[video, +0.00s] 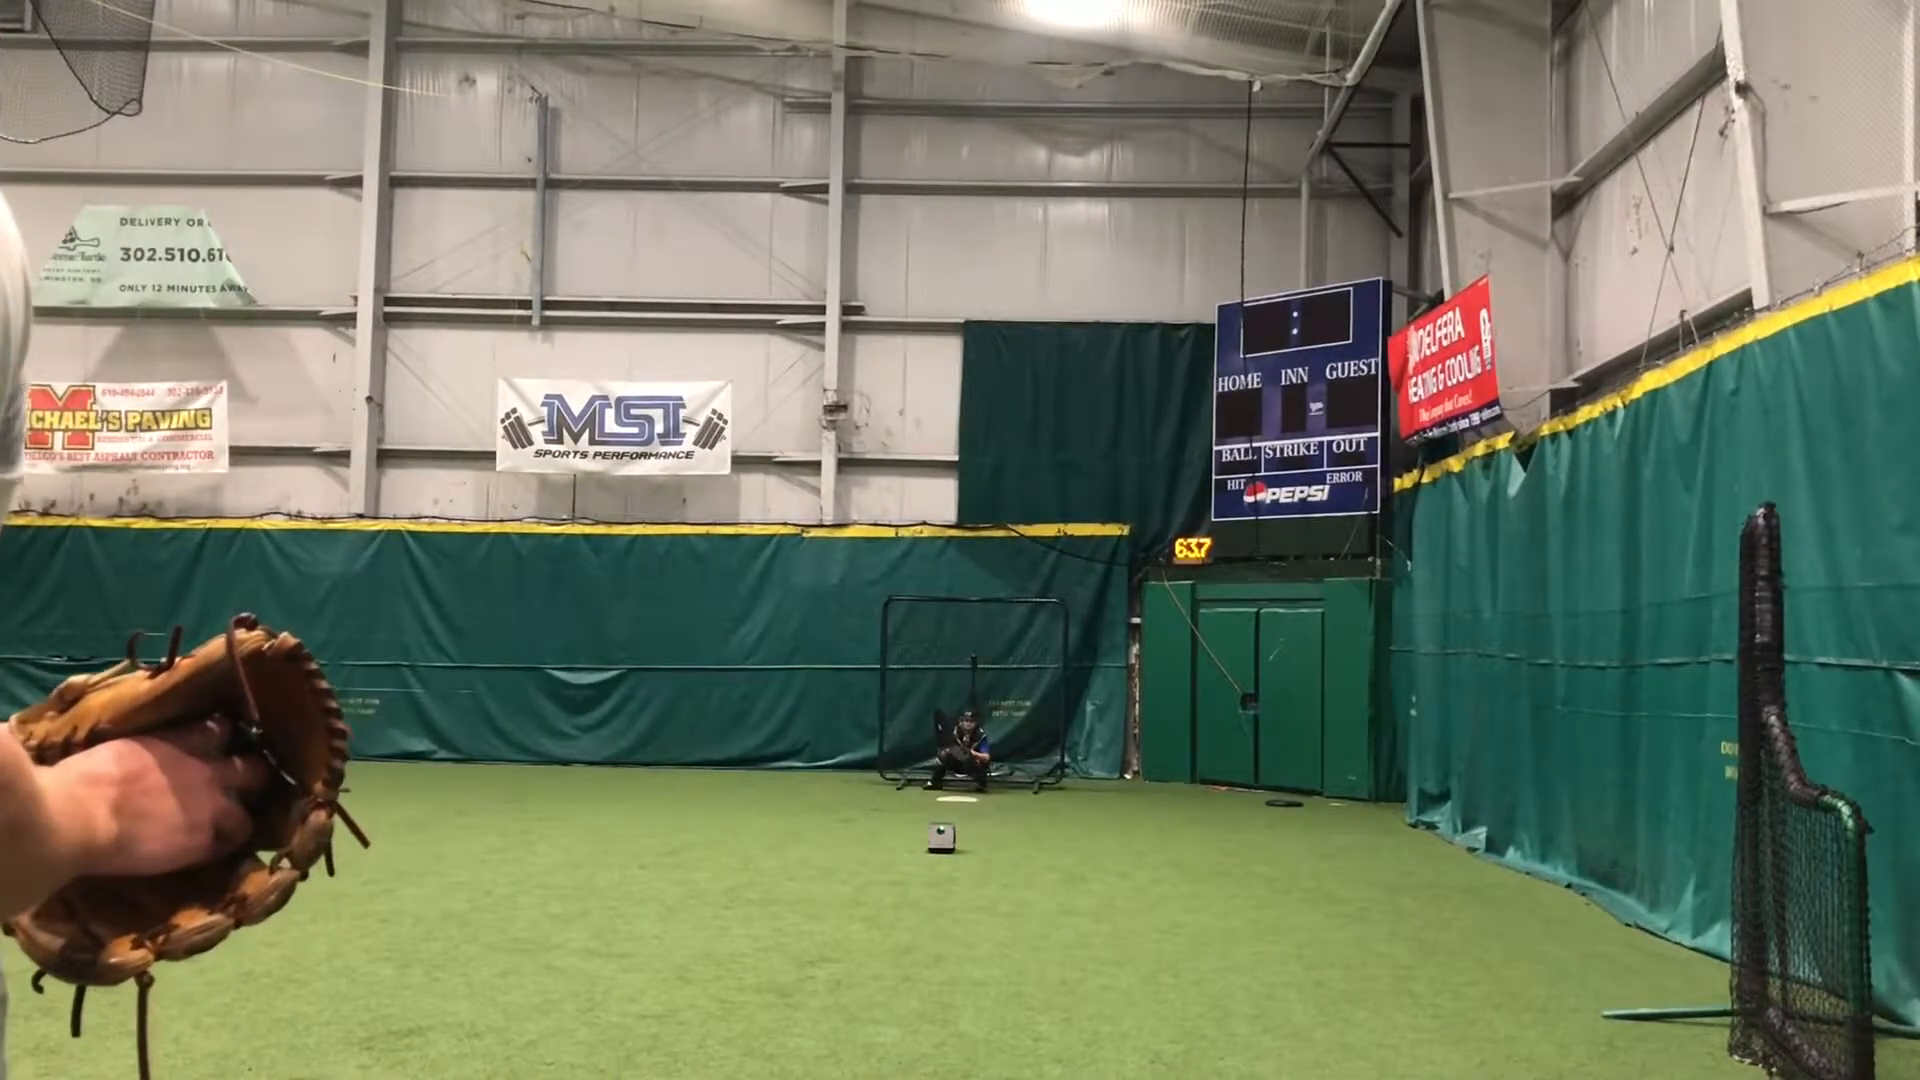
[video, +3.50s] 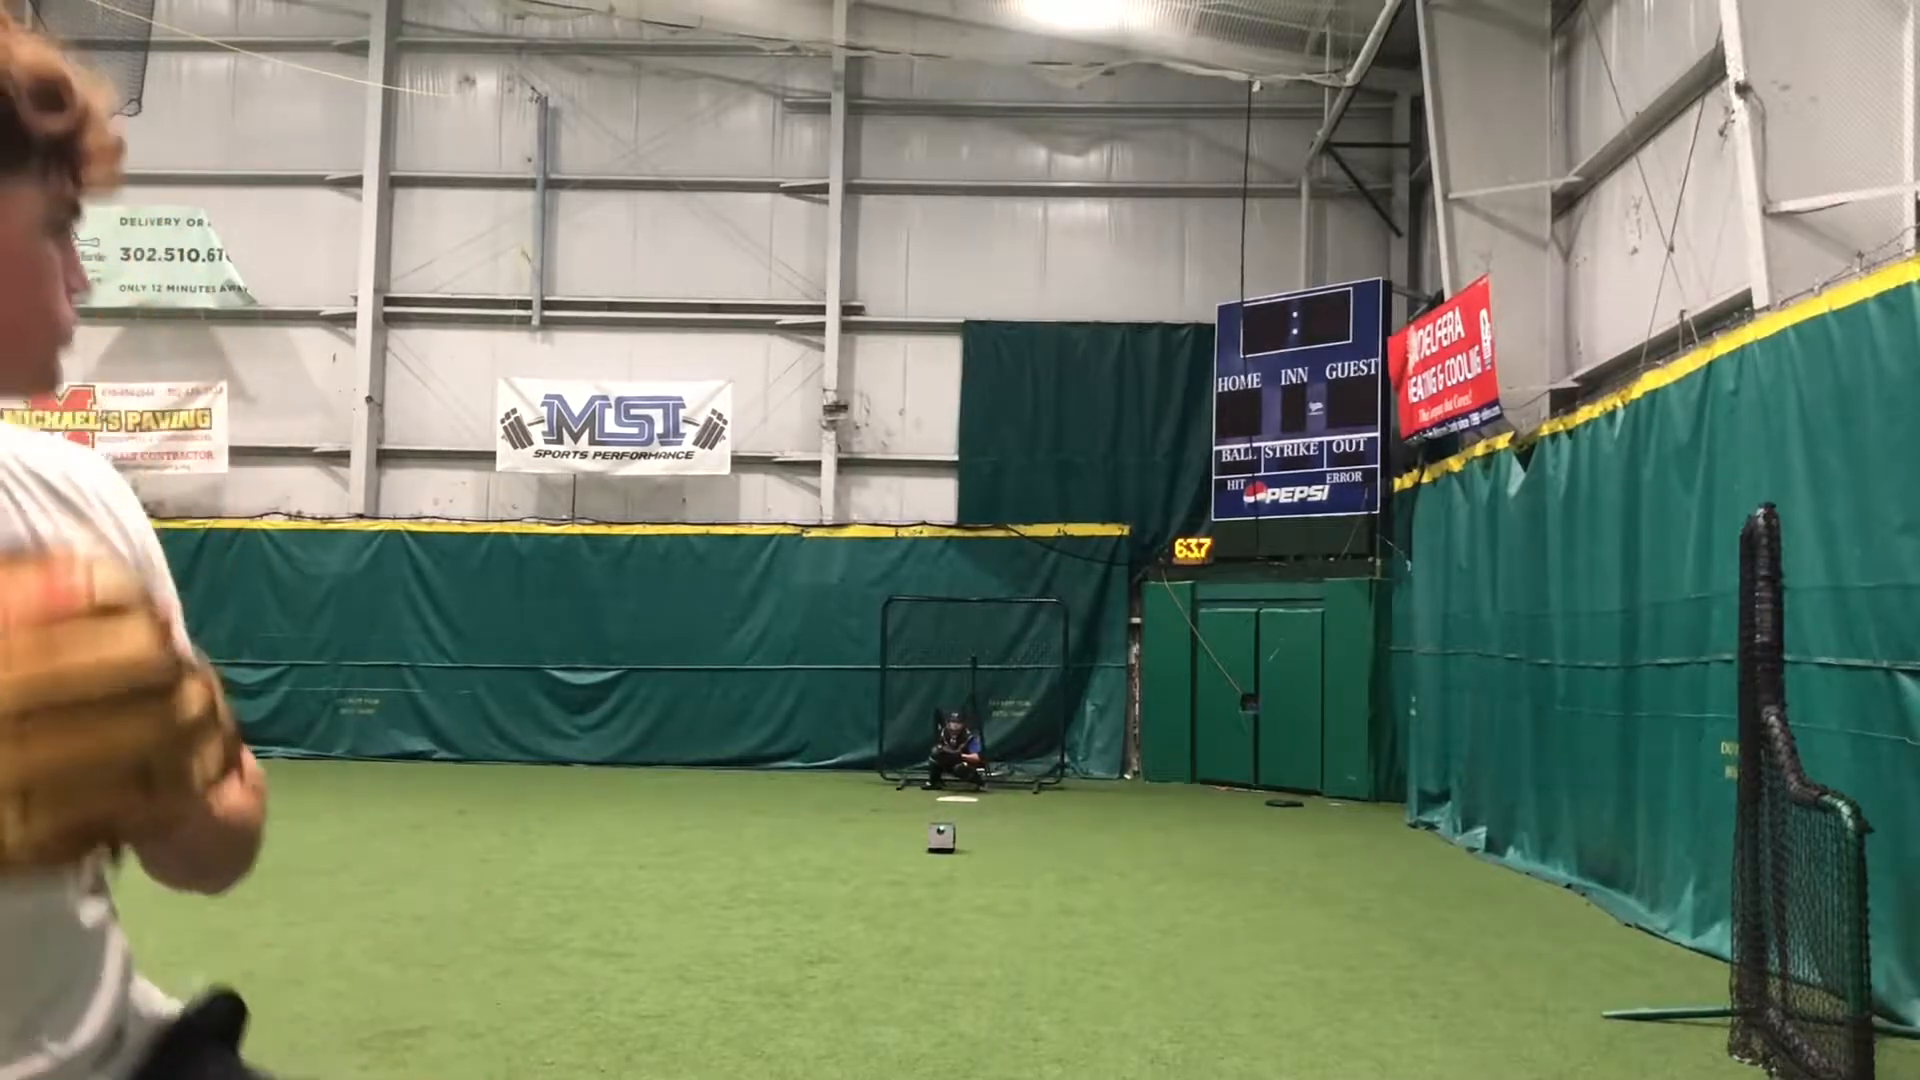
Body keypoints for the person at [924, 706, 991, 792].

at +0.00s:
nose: (968, 724)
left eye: (971, 721)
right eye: (965, 721)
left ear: (976, 723)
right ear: (960, 723)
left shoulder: (980, 735)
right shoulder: (954, 733)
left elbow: (986, 757)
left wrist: (970, 752)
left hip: (972, 763)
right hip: (957, 760)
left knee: (979, 763)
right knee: (944, 759)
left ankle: (982, 785)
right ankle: (936, 782)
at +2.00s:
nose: (963, 727)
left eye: (966, 724)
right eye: (960, 724)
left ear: (970, 726)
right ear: (956, 725)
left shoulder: (977, 738)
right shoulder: (951, 735)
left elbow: (984, 759)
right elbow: (943, 751)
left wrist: (969, 757)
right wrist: (952, 756)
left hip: (970, 763)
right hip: (954, 762)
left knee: (979, 773)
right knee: (939, 764)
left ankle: (981, 784)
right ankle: (936, 783)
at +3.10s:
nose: (958, 727)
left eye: (961, 724)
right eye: (956, 724)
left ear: (966, 726)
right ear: (951, 725)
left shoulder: (973, 738)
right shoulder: (946, 735)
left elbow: (980, 760)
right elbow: (939, 751)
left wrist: (964, 759)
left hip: (966, 766)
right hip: (949, 764)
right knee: (937, 760)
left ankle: (981, 783)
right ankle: (935, 782)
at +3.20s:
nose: (957, 726)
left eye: (960, 724)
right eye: (955, 723)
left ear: (965, 725)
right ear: (950, 725)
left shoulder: (972, 738)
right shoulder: (945, 735)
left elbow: (979, 759)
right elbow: (938, 751)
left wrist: (963, 757)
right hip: (948, 763)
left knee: (963, 768)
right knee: (936, 760)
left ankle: (980, 782)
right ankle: (936, 782)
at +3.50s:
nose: (954, 726)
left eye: (958, 723)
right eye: (952, 722)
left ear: (963, 725)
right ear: (947, 724)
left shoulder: (970, 738)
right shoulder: (942, 735)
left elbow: (976, 758)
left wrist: (960, 756)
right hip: (946, 760)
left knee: (960, 768)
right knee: (935, 753)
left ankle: (980, 782)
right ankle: (935, 782)